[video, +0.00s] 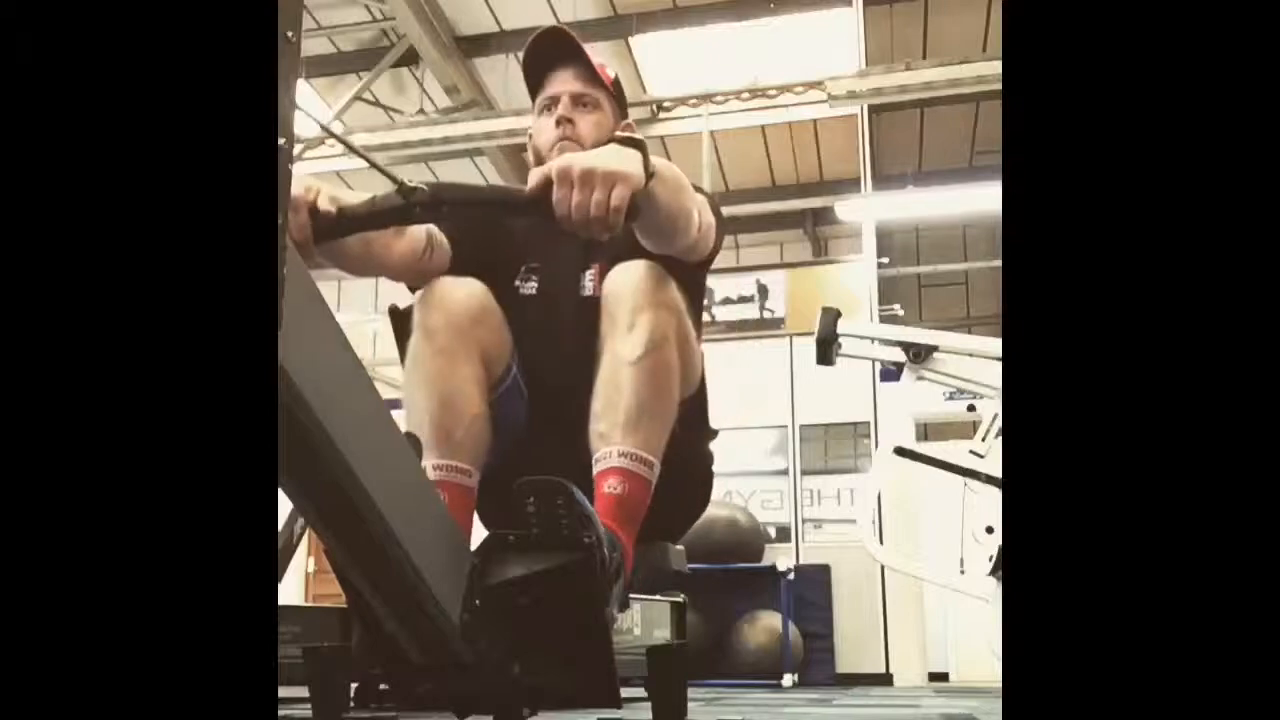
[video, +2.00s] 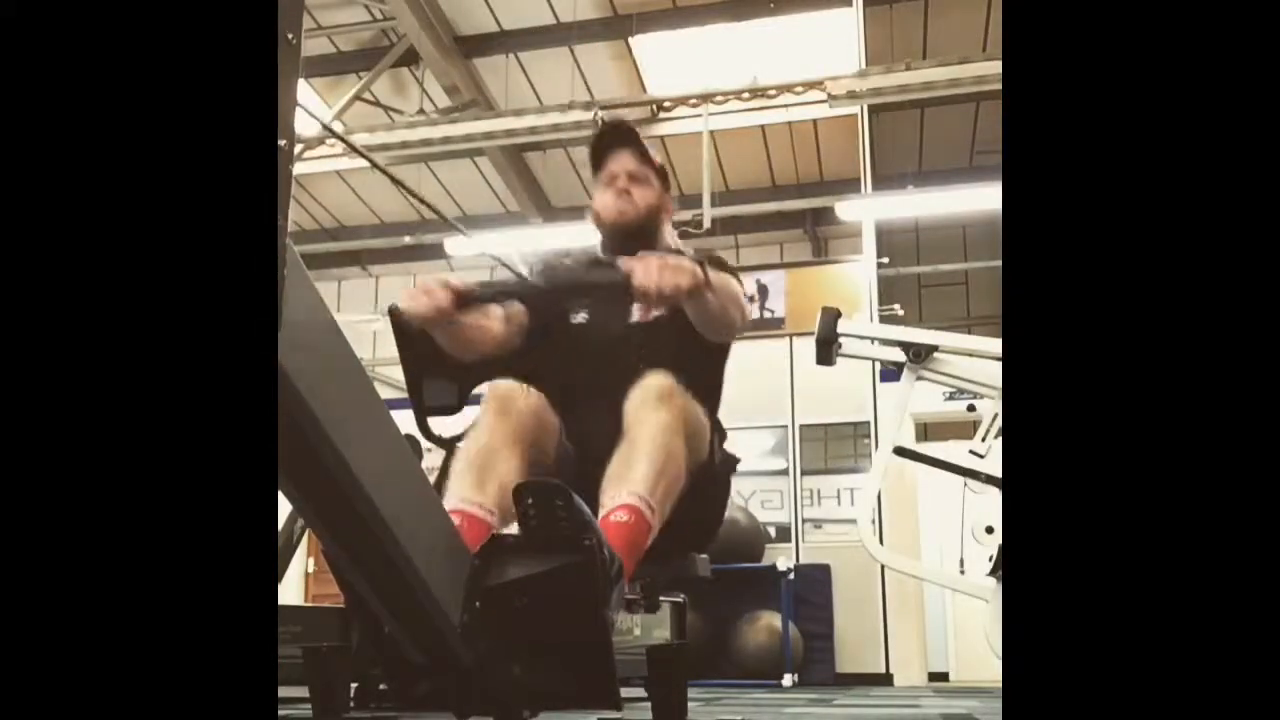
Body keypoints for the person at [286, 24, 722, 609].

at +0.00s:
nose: (562, 116)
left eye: (584, 104)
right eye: (548, 106)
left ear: (622, 131)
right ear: (530, 136)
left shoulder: (654, 214)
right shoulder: (501, 218)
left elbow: (691, 235)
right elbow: (412, 248)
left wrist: (641, 168)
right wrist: (325, 224)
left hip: (650, 476)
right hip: (523, 473)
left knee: (641, 281)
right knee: (448, 299)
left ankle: (611, 545)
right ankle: (442, 554)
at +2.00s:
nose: (621, 187)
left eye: (638, 179)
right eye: (609, 180)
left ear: (666, 201)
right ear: (593, 205)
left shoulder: (705, 273)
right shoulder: (563, 277)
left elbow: (730, 324)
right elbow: (494, 333)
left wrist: (697, 286)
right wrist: (445, 321)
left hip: (674, 475)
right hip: (559, 469)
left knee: (658, 390)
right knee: (507, 397)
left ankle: (604, 567)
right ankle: (449, 559)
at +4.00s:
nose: (583, 142)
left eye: (603, 133)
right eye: (569, 135)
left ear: (638, 160)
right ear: (552, 167)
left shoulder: (679, 238)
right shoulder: (521, 254)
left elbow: (723, 292)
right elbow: (445, 299)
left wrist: (680, 274)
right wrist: (375, 292)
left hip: (661, 481)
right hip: (543, 480)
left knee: (654, 324)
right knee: (481, 324)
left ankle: (610, 552)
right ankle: (445, 547)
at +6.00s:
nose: (622, 201)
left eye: (639, 191)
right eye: (609, 192)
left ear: (667, 210)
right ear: (592, 212)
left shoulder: (704, 288)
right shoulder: (552, 290)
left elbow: (769, 346)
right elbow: (473, 372)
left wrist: (724, 305)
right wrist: (442, 340)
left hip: (674, 489)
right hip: (555, 490)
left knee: (652, 358)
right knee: (505, 364)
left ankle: (607, 557)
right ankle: (446, 551)